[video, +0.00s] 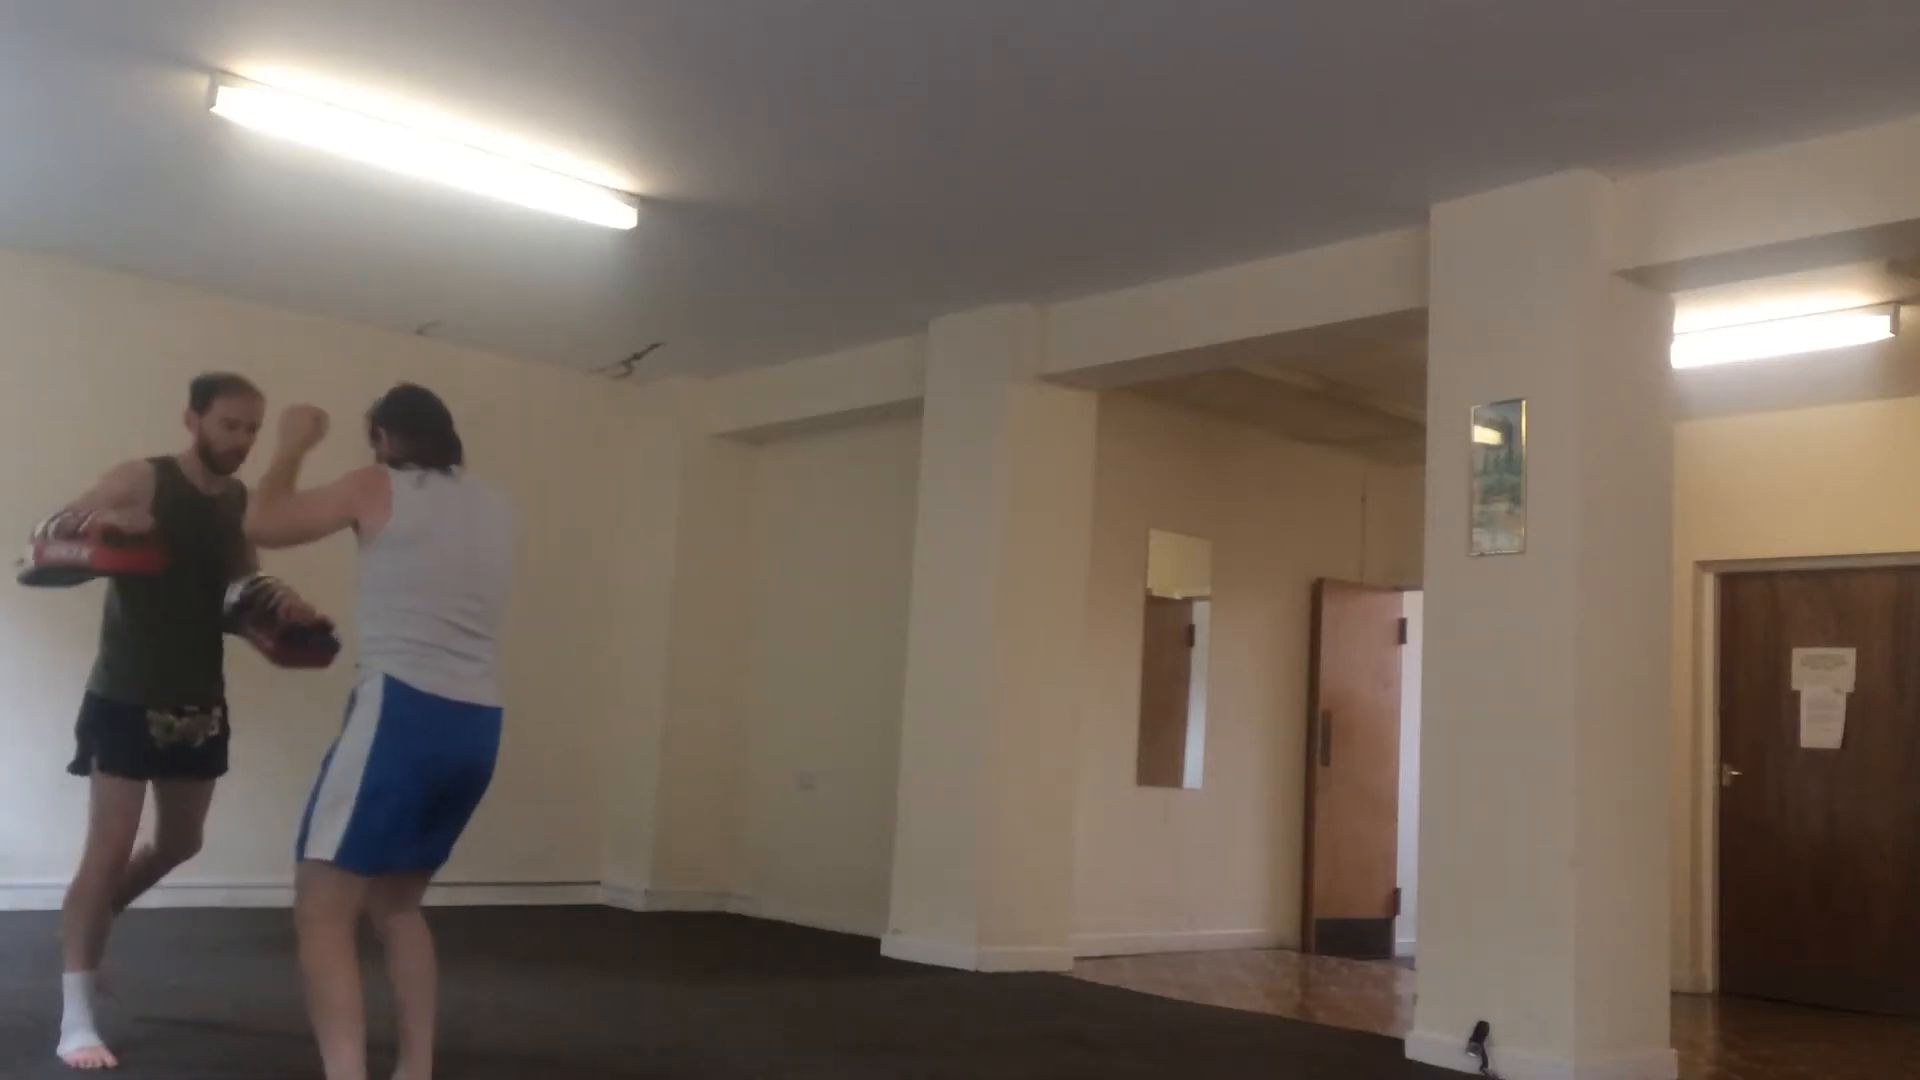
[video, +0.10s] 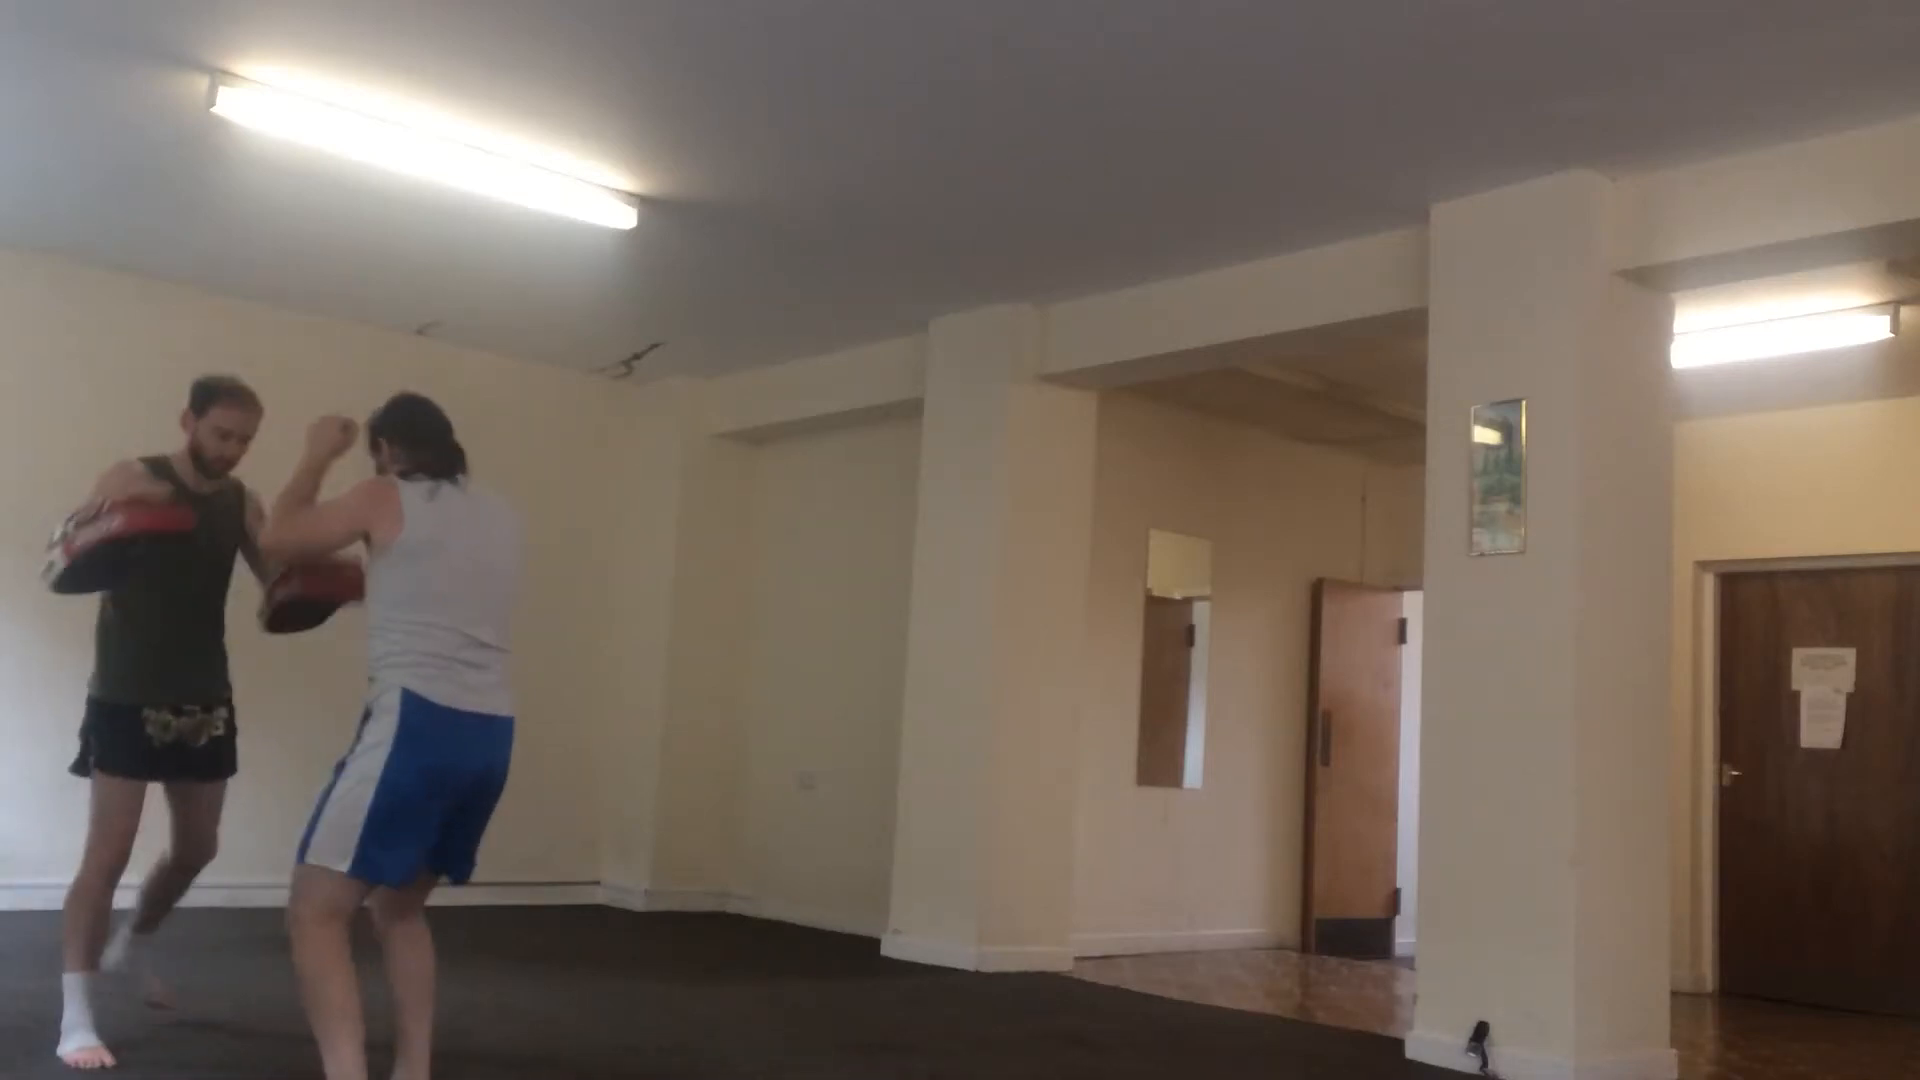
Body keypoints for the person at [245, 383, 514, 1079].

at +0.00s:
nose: (371, 452)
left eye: (373, 441)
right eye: (372, 442)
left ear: (386, 439)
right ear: (448, 437)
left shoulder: (380, 487)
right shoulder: (495, 507)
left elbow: (263, 523)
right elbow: (449, 610)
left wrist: (290, 447)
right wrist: (334, 632)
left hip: (395, 719)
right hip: (473, 730)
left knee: (322, 907)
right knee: (398, 903)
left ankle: (345, 1070)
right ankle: (416, 1068)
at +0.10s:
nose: (375, 461)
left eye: (376, 452)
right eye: (376, 453)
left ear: (389, 450)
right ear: (448, 448)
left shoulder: (388, 499)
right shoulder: (499, 515)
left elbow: (277, 538)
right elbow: (441, 586)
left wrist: (315, 459)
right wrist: (346, 583)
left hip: (408, 731)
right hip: (486, 741)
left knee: (316, 910)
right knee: (401, 904)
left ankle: (346, 1071)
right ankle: (414, 1069)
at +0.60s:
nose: (381, 436)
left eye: (384, 427)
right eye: (385, 427)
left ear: (398, 431)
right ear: (461, 434)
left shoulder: (384, 477)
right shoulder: (510, 500)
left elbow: (289, 533)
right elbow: (454, 589)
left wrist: (342, 459)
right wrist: (354, 588)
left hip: (418, 715)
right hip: (501, 725)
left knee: (373, 922)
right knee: (422, 907)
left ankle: (416, 1071)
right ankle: (403, 1063)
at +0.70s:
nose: (381, 430)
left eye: (386, 422)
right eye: (386, 422)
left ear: (399, 429)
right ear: (462, 432)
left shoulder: (383, 474)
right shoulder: (511, 497)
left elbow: (288, 526)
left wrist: (344, 453)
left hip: (416, 713)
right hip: (501, 722)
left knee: (381, 922)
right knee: (426, 906)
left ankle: (419, 1071)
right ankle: (405, 1064)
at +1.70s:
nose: (335, 467)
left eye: (340, 459)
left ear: (352, 469)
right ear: (424, 481)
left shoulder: (316, 514)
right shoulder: (461, 545)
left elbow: (227, 598)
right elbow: (477, 573)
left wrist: (310, 496)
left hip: (364, 747)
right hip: (448, 761)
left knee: (327, 968)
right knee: (337, 924)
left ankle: (401, 1073)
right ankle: (287, 1061)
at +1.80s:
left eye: (353, 455)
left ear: (353, 472)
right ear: (424, 486)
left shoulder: (312, 514)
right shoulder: (447, 548)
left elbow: (246, 512)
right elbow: (522, 554)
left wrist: (328, 469)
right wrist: (453, 491)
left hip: (324, 756)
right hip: (405, 771)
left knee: (326, 966)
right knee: (289, 924)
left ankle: (405, 1074)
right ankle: (239, 1049)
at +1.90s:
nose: (348, 473)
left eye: (352, 465)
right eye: (357, 465)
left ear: (359, 474)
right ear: (424, 488)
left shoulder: (308, 510)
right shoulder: (448, 559)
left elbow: (207, 475)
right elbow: (542, 564)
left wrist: (250, 472)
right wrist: (491, 493)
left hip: (286, 748)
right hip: (363, 767)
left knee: (240, 945)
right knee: (268, 904)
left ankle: (355, 1055)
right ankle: (230, 1056)